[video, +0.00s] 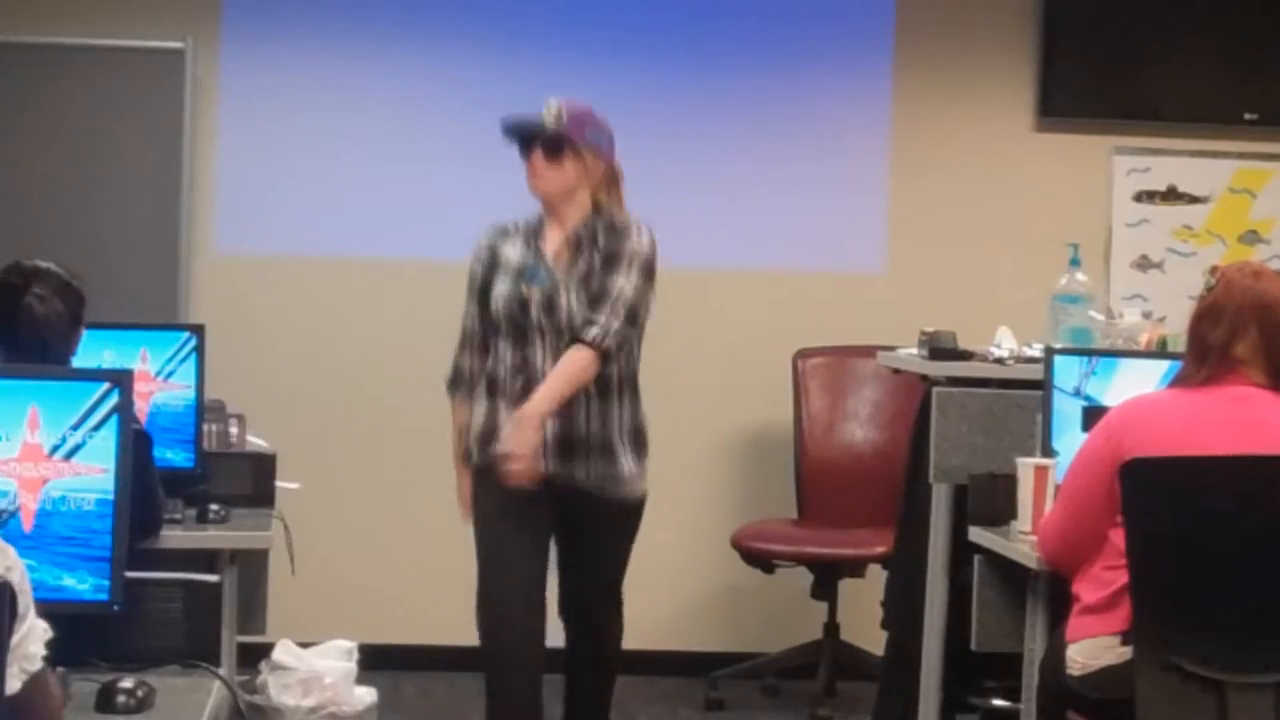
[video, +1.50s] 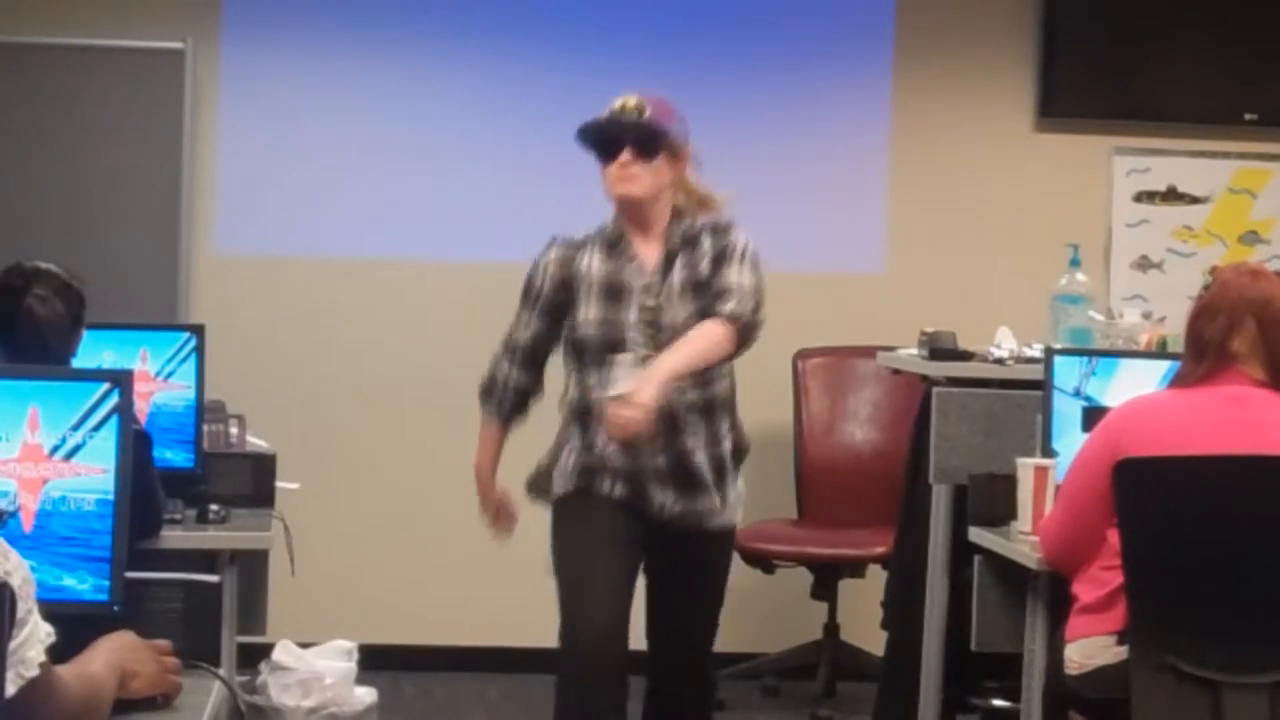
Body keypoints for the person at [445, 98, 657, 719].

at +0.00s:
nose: (536, 161)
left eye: (555, 152)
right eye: (532, 151)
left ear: (594, 164)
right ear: (526, 162)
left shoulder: (629, 241)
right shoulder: (499, 245)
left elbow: (602, 339)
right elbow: (468, 361)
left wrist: (531, 412)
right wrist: (464, 460)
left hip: (600, 472)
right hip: (505, 469)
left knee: (592, 627)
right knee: (507, 628)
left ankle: (586, 716)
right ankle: (512, 717)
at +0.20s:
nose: (521, 132)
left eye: (541, 125)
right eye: (518, 122)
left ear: (582, 142)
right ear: (513, 134)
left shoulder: (630, 226)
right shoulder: (482, 226)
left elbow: (645, 347)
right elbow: (444, 339)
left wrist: (601, 438)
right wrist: (443, 427)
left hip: (607, 454)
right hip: (506, 453)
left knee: (601, 626)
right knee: (512, 622)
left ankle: (588, 715)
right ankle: (513, 715)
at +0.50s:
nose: (588, 141)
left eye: (603, 132)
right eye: (569, 131)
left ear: (617, 149)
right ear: (542, 149)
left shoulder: (648, 234)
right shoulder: (507, 229)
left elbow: (684, 338)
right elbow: (491, 332)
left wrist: (686, 428)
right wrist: (520, 414)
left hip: (610, 440)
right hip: (514, 438)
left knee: (634, 615)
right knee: (507, 615)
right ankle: (504, 715)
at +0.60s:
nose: (616, 153)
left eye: (622, 143)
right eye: (597, 143)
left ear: (631, 154)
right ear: (557, 159)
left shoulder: (652, 235)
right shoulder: (518, 230)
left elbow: (679, 332)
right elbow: (530, 309)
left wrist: (680, 416)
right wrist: (588, 359)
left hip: (622, 457)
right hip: (520, 455)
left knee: (641, 621)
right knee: (499, 623)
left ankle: (649, 719)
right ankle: (490, 718)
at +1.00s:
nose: (694, 136)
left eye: (694, 126)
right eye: (674, 128)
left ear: (691, 134)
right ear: (627, 141)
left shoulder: (712, 221)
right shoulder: (577, 213)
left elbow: (714, 343)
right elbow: (575, 345)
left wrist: (696, 444)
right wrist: (637, 441)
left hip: (685, 462)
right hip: (583, 461)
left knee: (690, 652)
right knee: (588, 650)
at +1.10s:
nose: (701, 156)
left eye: (704, 145)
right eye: (682, 148)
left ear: (709, 153)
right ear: (637, 161)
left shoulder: (730, 248)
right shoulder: (586, 242)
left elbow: (746, 373)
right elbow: (545, 370)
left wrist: (726, 455)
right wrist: (570, 471)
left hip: (698, 472)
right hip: (596, 470)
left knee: (707, 639)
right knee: (595, 644)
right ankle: (600, 719)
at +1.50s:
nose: (625, 160)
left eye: (644, 148)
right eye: (612, 149)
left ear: (678, 163)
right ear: (600, 165)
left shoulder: (719, 244)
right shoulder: (568, 260)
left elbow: (731, 322)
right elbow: (516, 366)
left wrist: (653, 379)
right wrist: (486, 475)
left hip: (693, 489)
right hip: (595, 485)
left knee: (683, 670)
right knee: (590, 658)